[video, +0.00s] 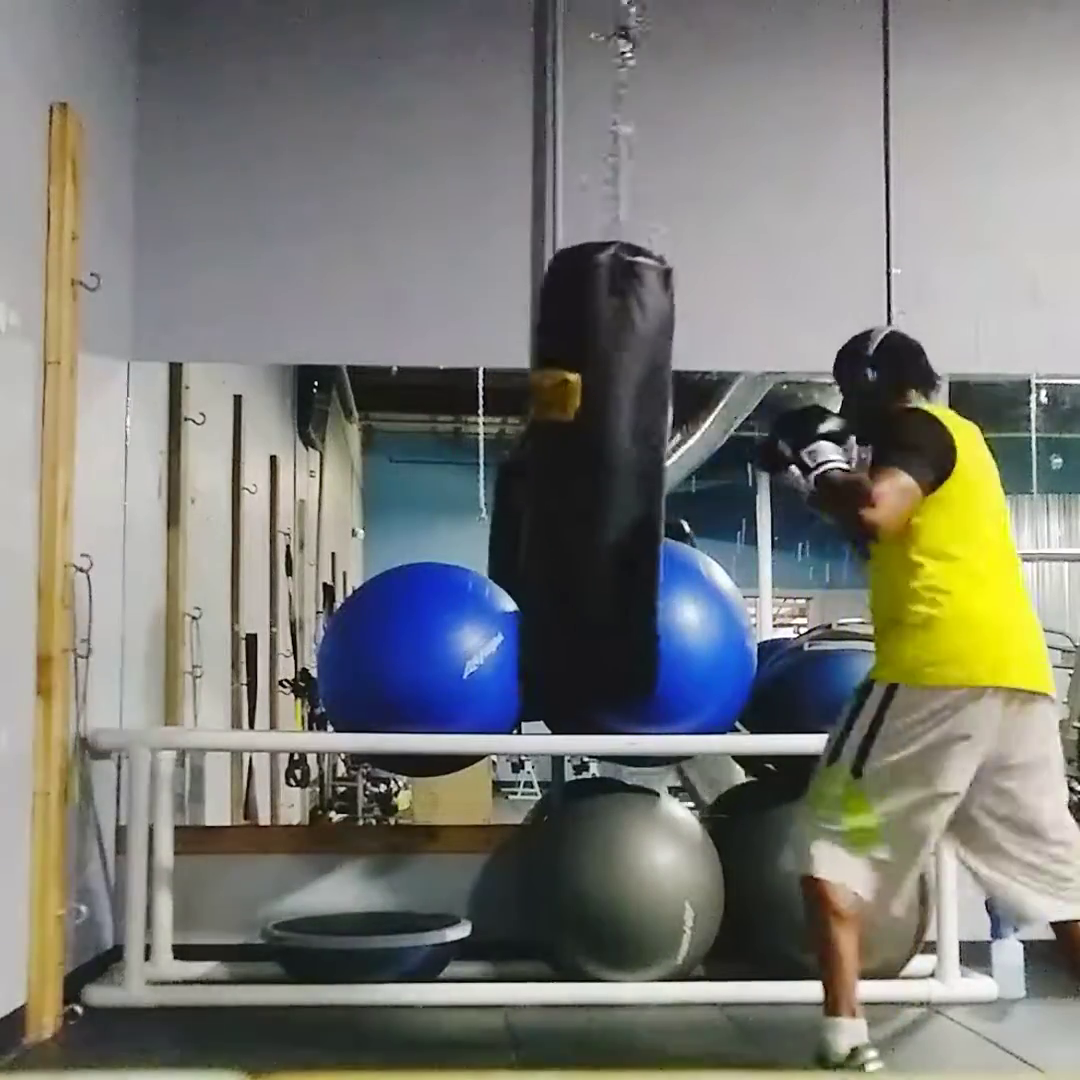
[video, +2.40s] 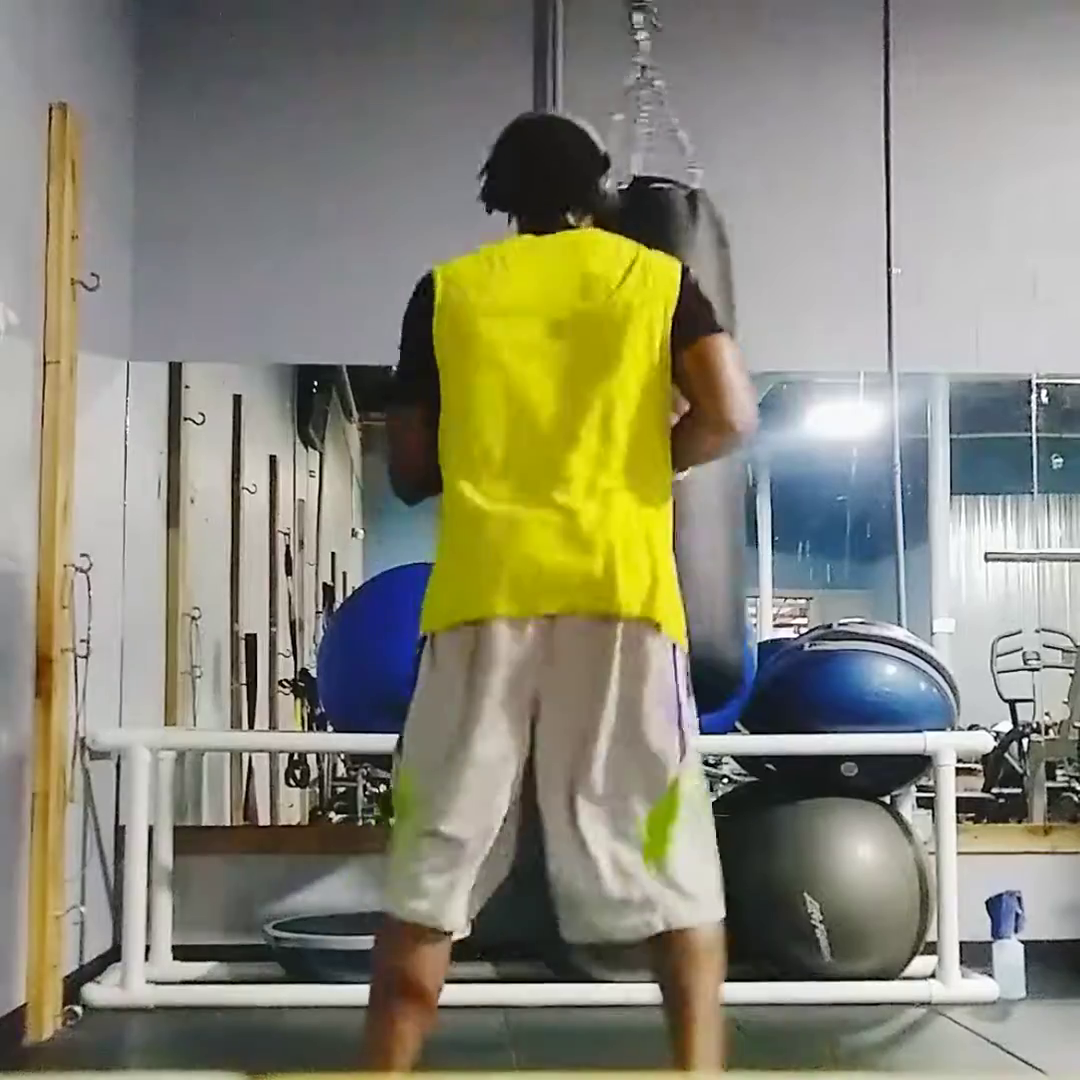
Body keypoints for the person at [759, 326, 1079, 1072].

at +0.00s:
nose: (852, 413)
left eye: (853, 400)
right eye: (850, 403)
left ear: (874, 392)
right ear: (926, 383)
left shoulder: (916, 425)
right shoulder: (963, 435)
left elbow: (877, 512)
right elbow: (881, 516)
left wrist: (821, 468)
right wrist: (829, 476)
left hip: (937, 669)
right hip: (1021, 673)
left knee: (833, 840)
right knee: (1060, 875)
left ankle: (845, 1029)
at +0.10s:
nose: (838, 394)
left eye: (841, 384)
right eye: (838, 387)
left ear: (858, 378)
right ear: (924, 376)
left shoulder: (876, 412)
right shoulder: (967, 434)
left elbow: (802, 471)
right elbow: (898, 526)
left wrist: (748, 450)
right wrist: (829, 487)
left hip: (920, 653)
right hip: (1015, 655)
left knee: (845, 845)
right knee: (1054, 849)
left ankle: (837, 1042)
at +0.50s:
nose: (790, 389)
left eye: (789, 378)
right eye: (790, 381)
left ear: (803, 371)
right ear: (872, 370)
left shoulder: (804, 407)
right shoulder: (935, 435)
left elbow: (701, 481)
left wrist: (679, 446)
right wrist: (744, 450)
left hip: (839, 651)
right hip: (948, 655)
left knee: (759, 841)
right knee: (995, 863)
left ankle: (709, 1041)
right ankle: (1056, 1054)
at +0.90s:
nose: (684, 366)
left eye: (686, 356)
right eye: (688, 358)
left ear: (695, 352)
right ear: (769, 350)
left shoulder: (688, 396)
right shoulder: (831, 419)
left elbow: (586, 478)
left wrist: (573, 445)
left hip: (706, 653)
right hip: (823, 656)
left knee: (622, 833)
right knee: (867, 861)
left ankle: (570, 1033)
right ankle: (914, 1059)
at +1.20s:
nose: (581, 339)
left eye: (580, 328)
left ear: (584, 324)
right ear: (665, 321)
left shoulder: (561, 377)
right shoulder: (726, 387)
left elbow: (439, 463)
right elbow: (751, 518)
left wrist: (461, 411)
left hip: (598, 633)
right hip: (712, 635)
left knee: (565, 855)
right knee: (747, 855)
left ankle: (541, 1059)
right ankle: (762, 1057)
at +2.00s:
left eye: (511, 207)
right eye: (611, 211)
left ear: (513, 210)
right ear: (609, 216)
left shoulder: (469, 287)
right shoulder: (673, 305)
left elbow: (409, 446)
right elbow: (704, 468)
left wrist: (486, 441)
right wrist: (616, 447)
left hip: (494, 582)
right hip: (624, 590)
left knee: (478, 836)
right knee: (627, 839)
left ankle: (454, 1065)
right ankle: (646, 1066)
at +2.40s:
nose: (494, 209)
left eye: (494, 197)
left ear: (504, 200)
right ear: (598, 194)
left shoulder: (446, 290)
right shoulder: (660, 276)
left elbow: (414, 467)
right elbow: (728, 416)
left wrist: (502, 434)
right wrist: (636, 458)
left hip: (481, 592)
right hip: (623, 588)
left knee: (437, 852)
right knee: (671, 841)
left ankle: (382, 1069)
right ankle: (700, 1066)